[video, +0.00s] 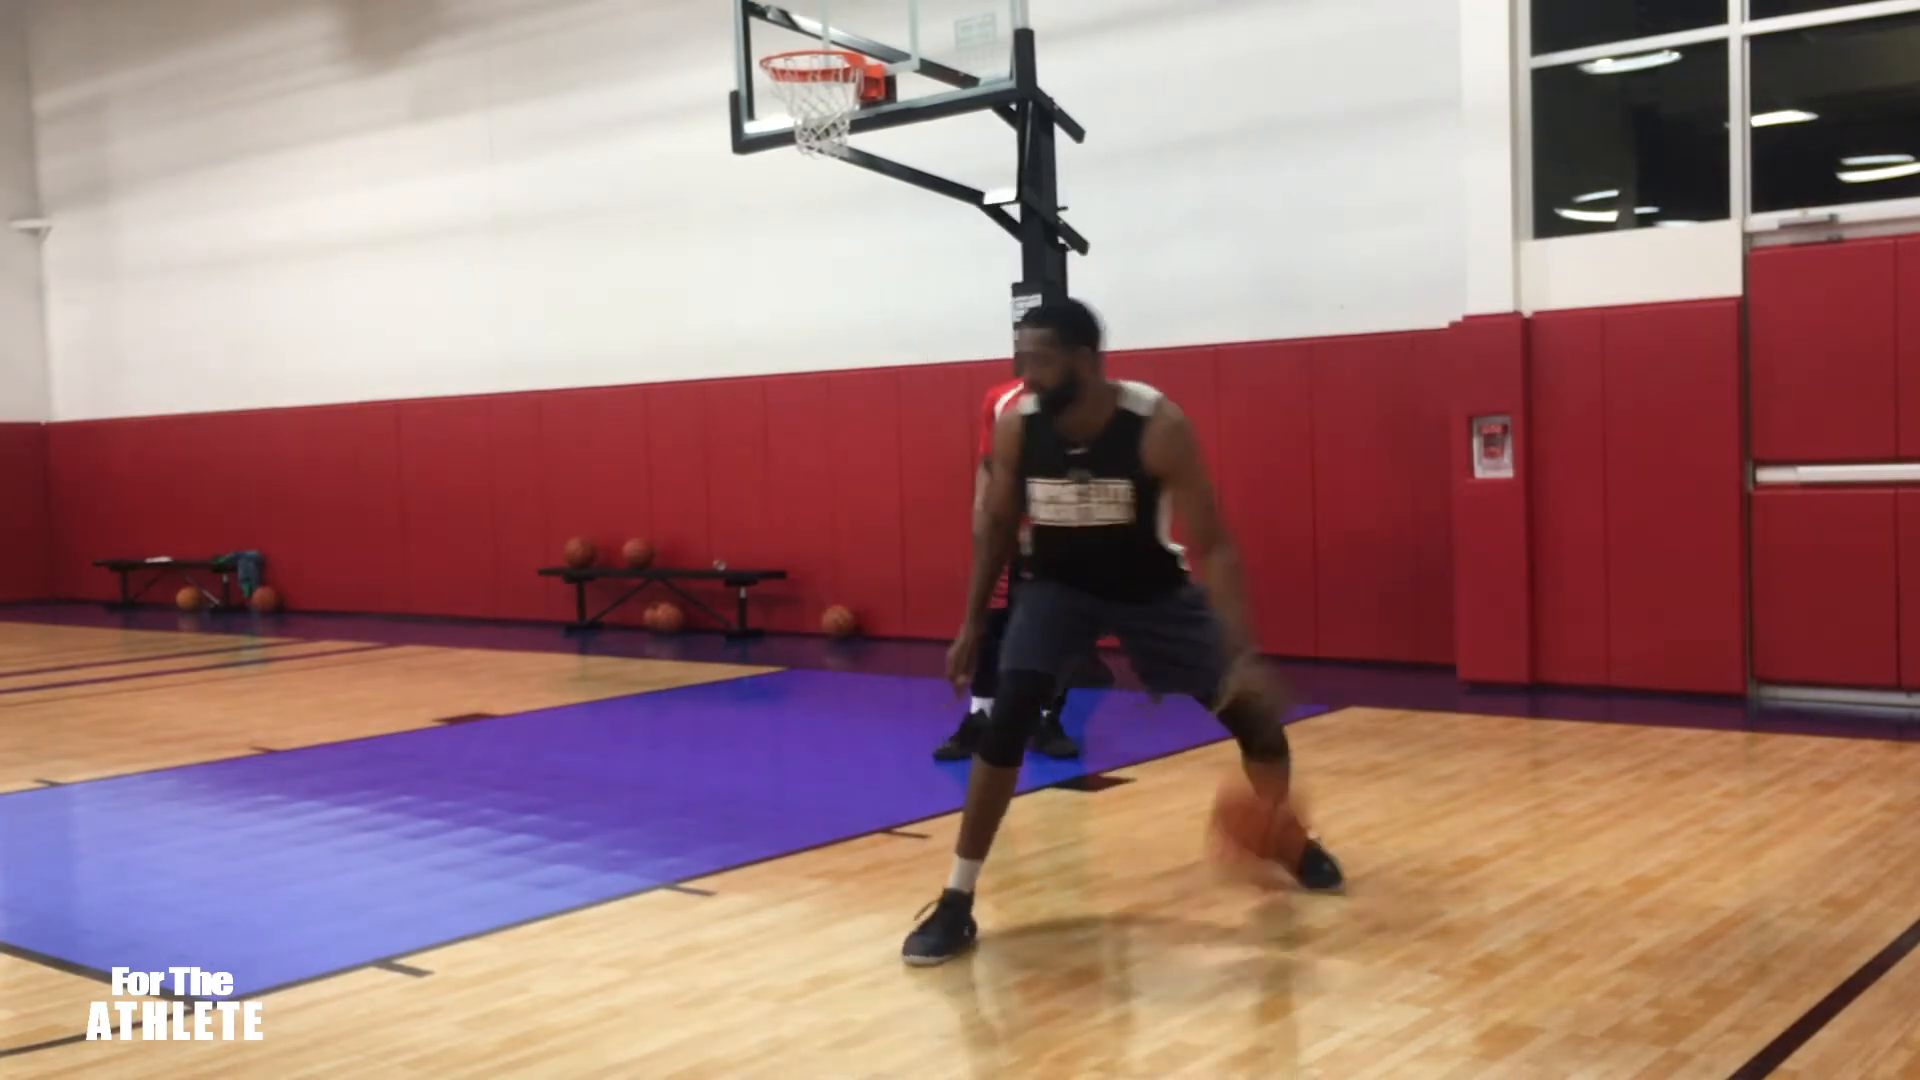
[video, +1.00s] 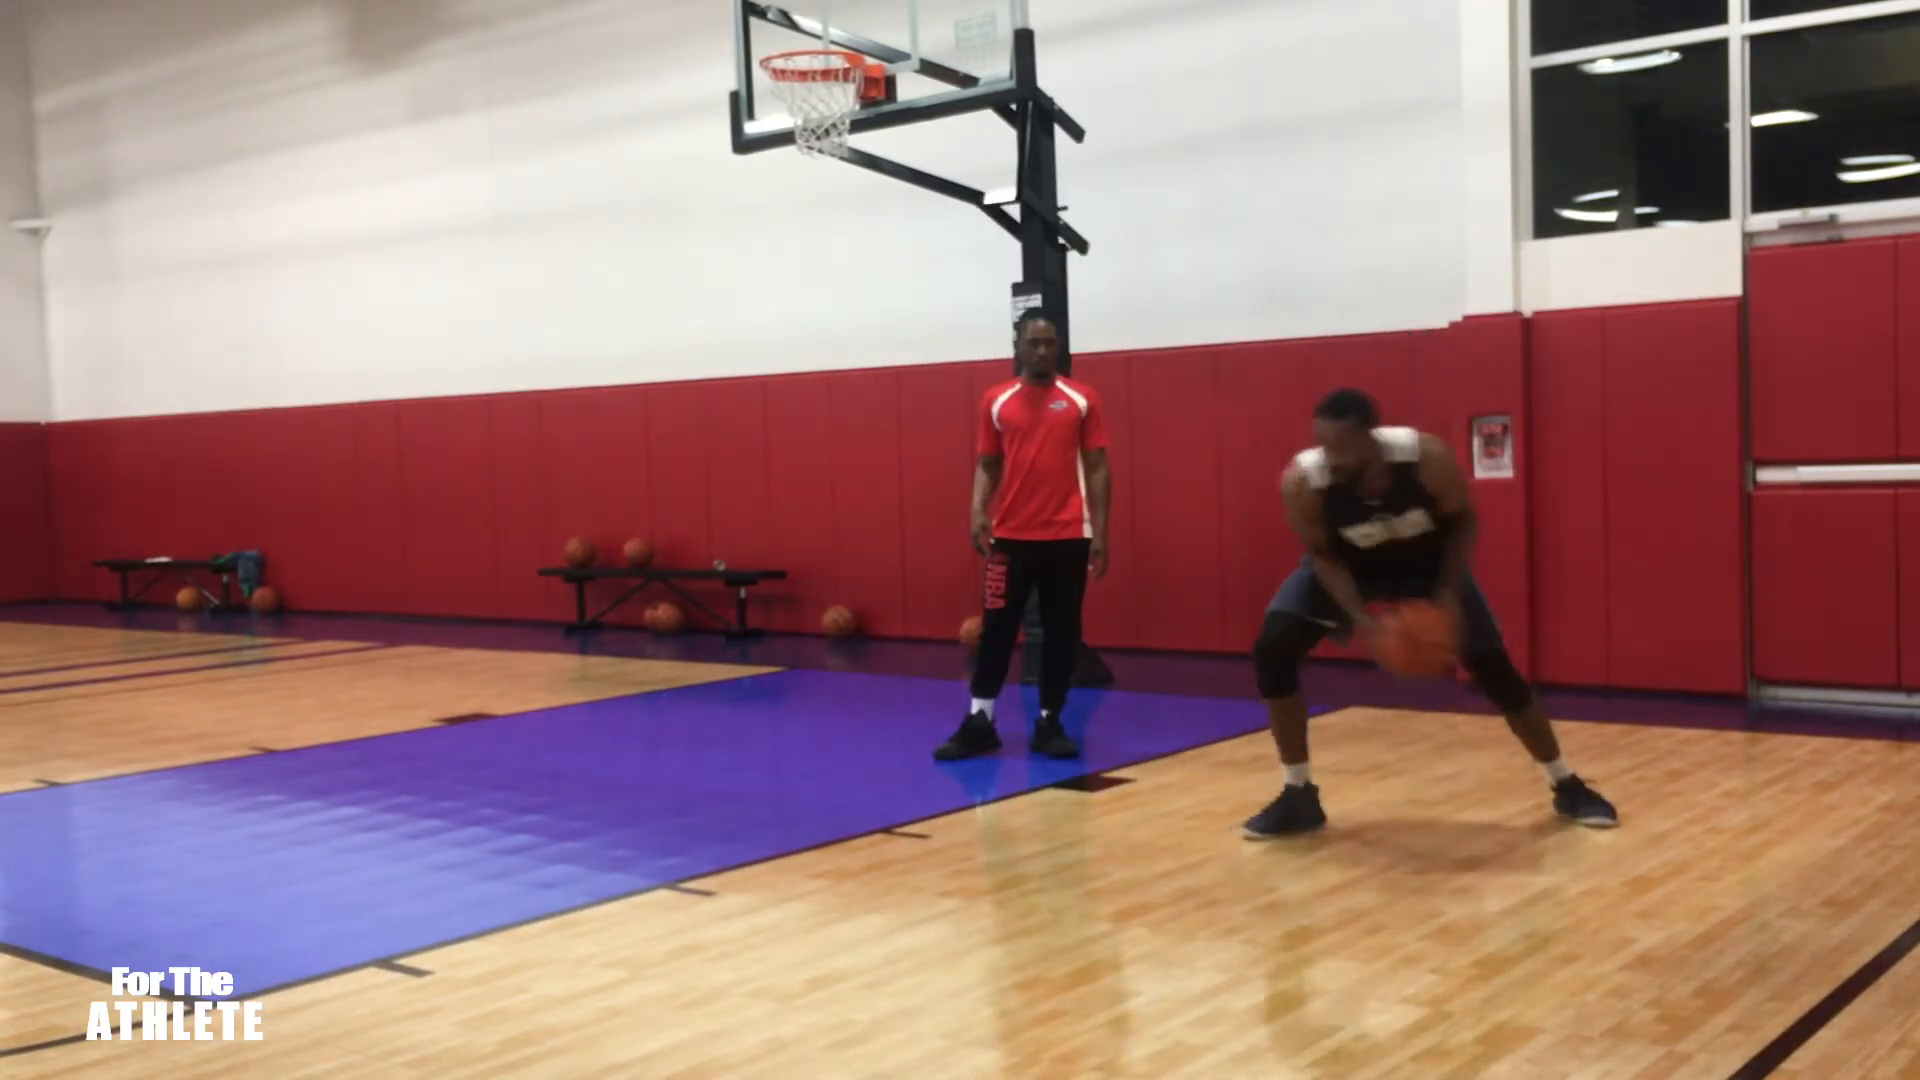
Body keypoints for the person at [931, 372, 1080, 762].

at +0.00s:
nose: (1022, 355)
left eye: (1035, 346)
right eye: (1018, 343)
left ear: (1070, 347)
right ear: (1014, 345)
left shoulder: (1087, 400)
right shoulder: (1001, 401)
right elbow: (988, 467)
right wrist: (986, 519)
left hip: (1070, 536)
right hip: (1015, 532)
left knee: (1062, 616)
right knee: (995, 614)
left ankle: (1049, 714)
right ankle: (981, 710)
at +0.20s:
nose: (1041, 352)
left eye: (1048, 343)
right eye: (1033, 344)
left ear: (1060, 348)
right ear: (1018, 349)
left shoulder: (1082, 400)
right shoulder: (999, 401)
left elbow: (1097, 467)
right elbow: (990, 464)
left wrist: (1101, 527)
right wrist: (979, 514)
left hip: (1067, 535)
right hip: (1012, 535)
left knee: (1062, 630)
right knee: (998, 626)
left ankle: (1049, 721)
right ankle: (979, 718)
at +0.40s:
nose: (1042, 351)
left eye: (1048, 343)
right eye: (1034, 344)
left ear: (1061, 348)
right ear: (1019, 349)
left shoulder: (1083, 400)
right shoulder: (999, 402)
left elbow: (1099, 466)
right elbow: (989, 464)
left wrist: (1100, 534)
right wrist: (979, 514)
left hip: (1067, 538)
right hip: (1012, 537)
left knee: (1063, 633)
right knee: (999, 628)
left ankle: (1049, 723)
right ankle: (979, 719)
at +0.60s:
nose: (1043, 352)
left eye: (1049, 343)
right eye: (1034, 344)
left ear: (1061, 348)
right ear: (1018, 348)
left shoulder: (1083, 399)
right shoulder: (998, 401)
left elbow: (1098, 467)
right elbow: (988, 463)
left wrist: (1101, 533)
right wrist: (978, 513)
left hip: (1067, 538)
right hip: (1011, 537)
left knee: (1062, 631)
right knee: (998, 627)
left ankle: (1049, 723)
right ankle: (979, 719)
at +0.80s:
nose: (1043, 351)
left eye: (1049, 343)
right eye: (1034, 343)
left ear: (1060, 348)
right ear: (1018, 348)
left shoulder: (1081, 400)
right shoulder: (998, 401)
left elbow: (1098, 467)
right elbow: (987, 463)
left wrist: (1101, 533)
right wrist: (977, 513)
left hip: (1067, 537)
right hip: (1011, 536)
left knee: (1062, 631)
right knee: (998, 627)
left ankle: (1049, 723)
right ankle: (979, 720)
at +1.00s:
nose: (1042, 351)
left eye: (1049, 343)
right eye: (1034, 343)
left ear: (1060, 347)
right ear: (1016, 347)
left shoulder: (1082, 400)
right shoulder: (996, 401)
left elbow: (1097, 467)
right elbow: (987, 464)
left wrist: (1100, 533)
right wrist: (977, 513)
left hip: (1066, 537)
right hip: (1011, 537)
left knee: (1062, 632)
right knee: (997, 628)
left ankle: (1049, 723)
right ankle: (978, 720)